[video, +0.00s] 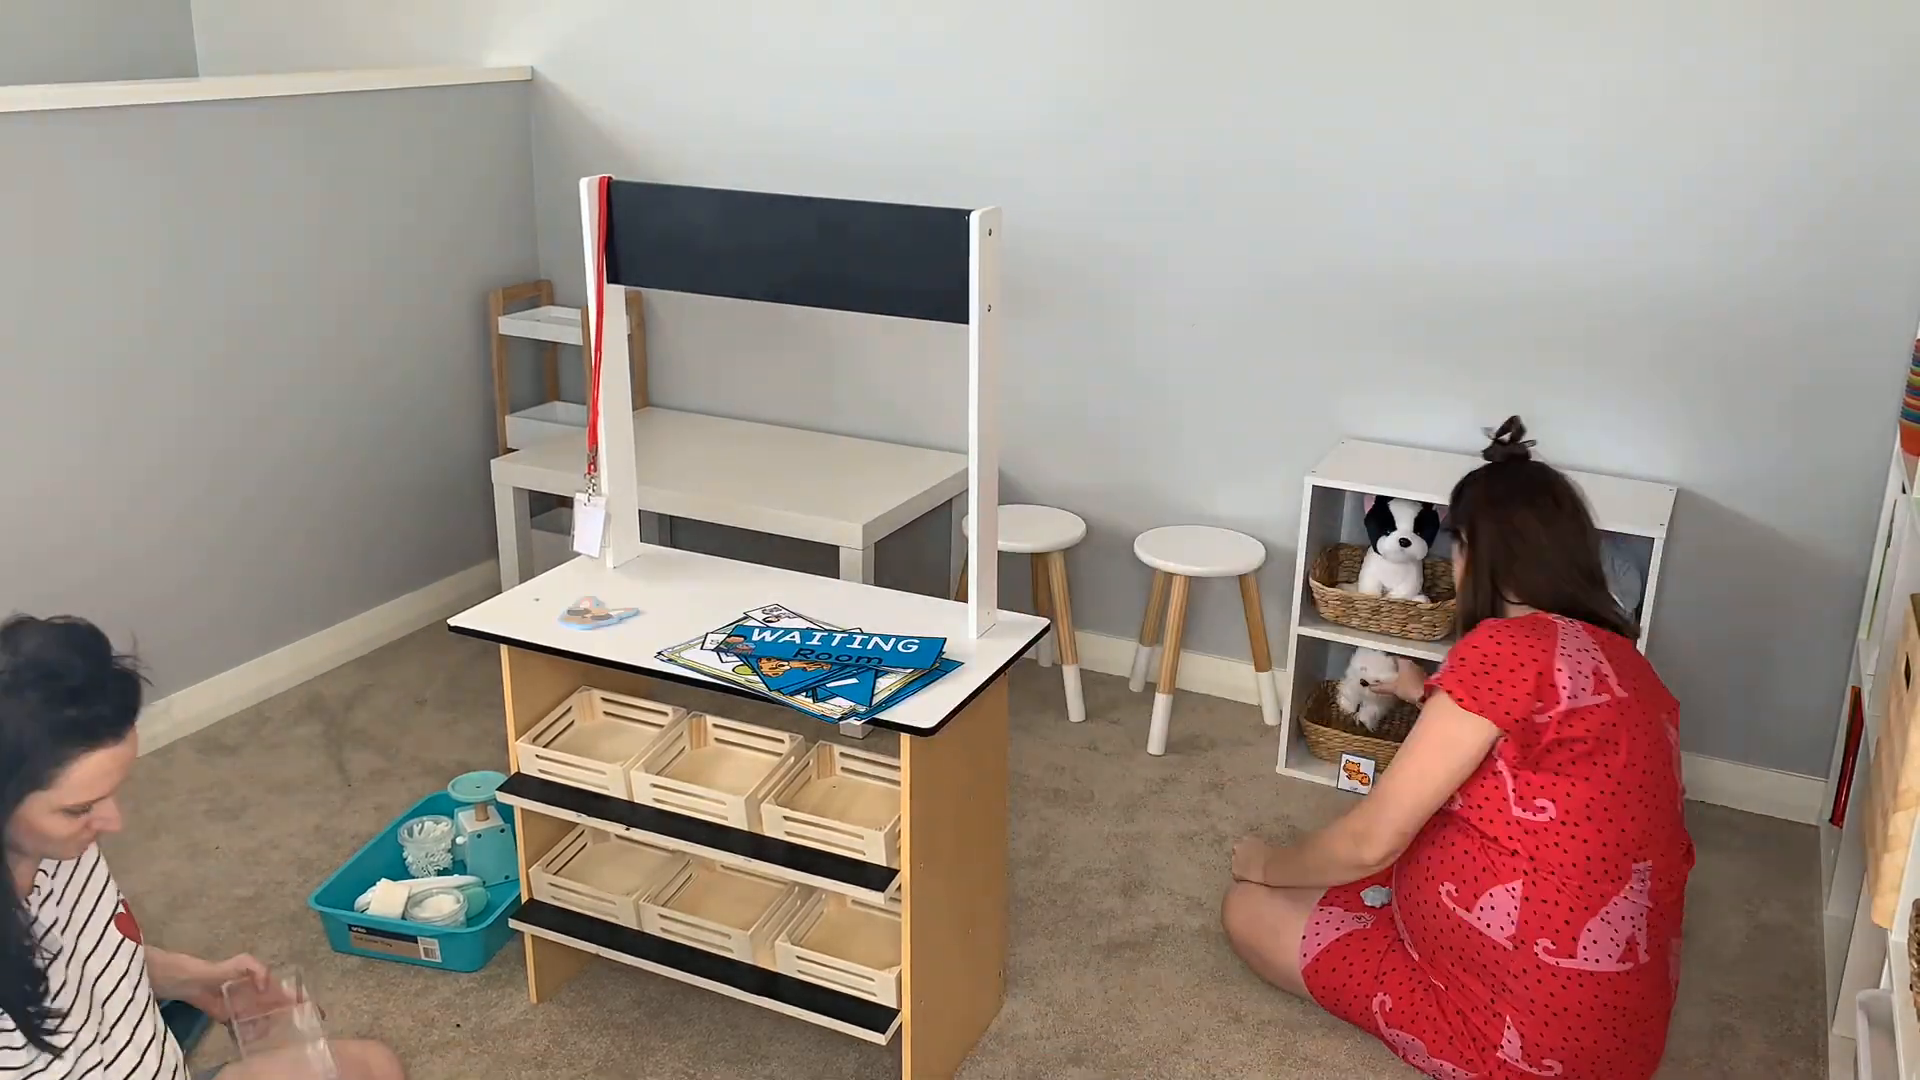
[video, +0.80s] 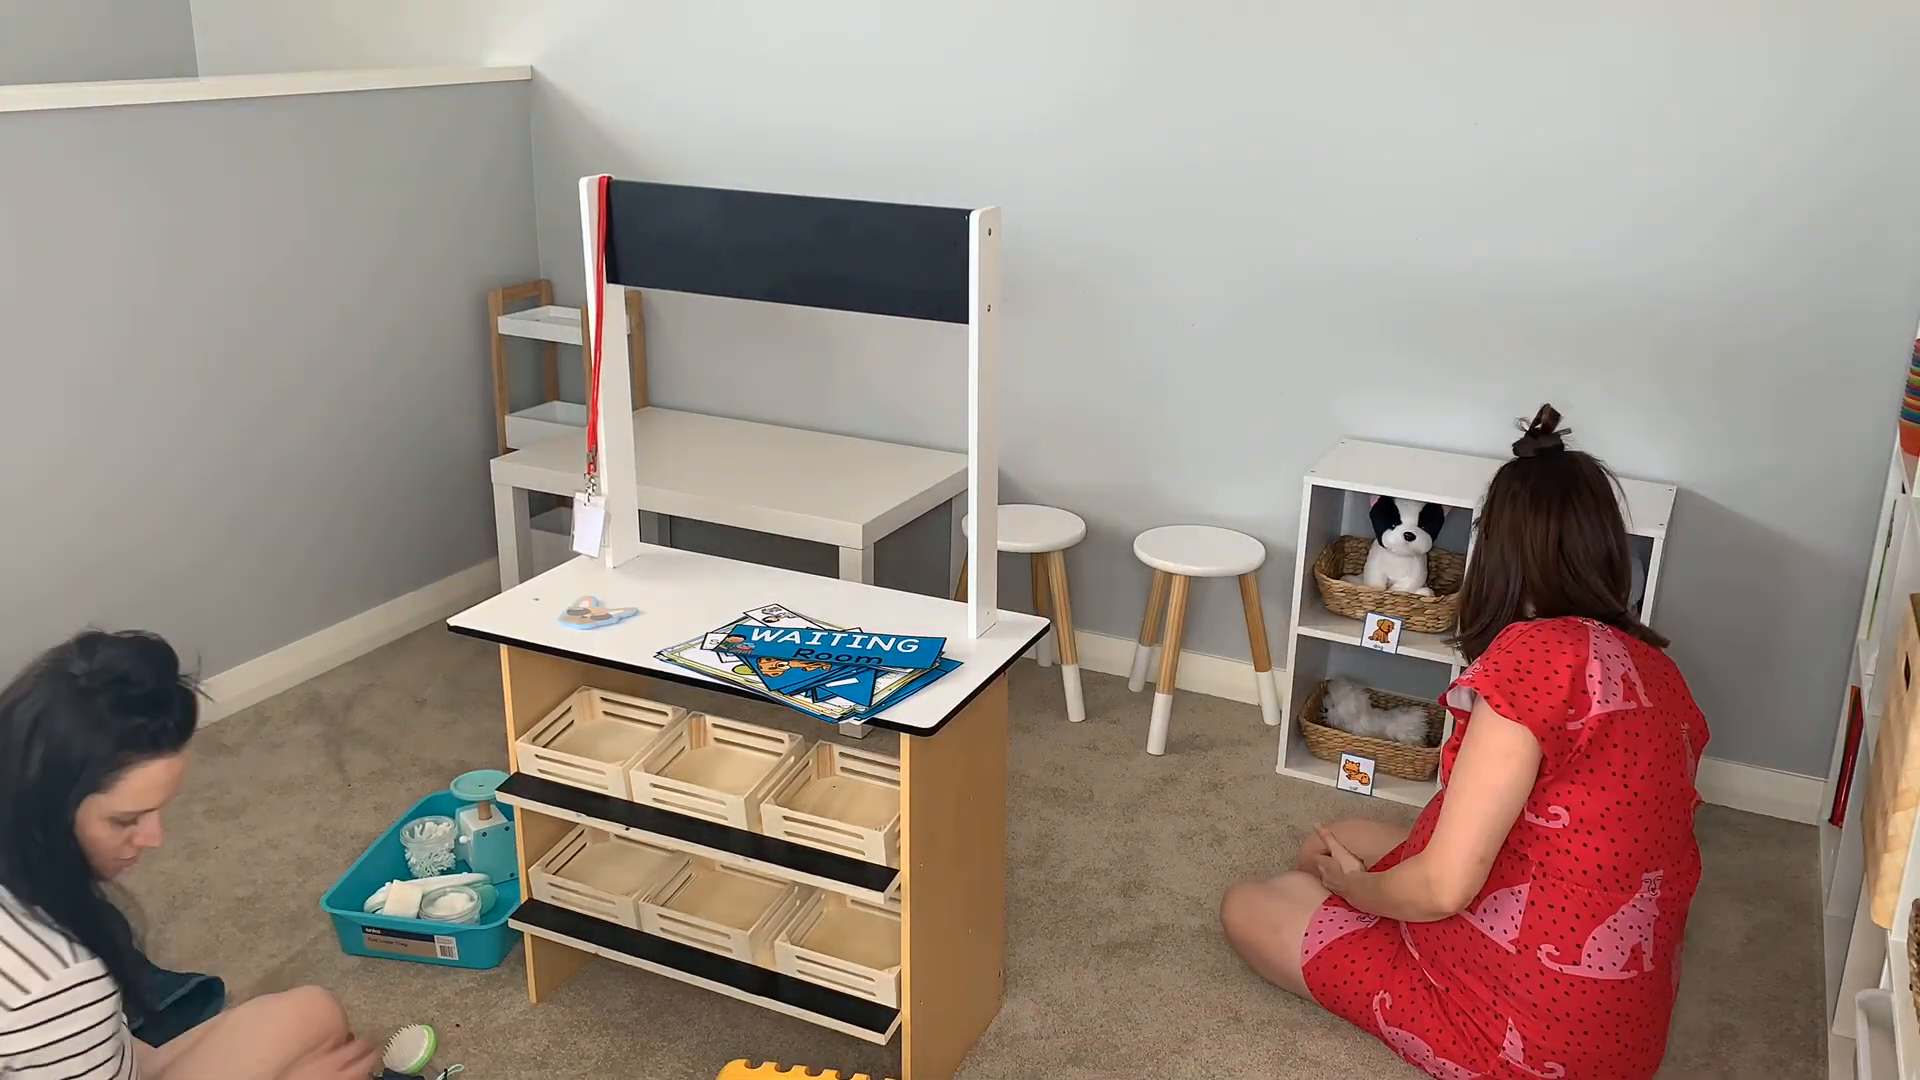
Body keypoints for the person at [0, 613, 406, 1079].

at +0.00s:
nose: (113, 822)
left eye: (114, 791)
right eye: (79, 809)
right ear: (3, 802)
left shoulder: (54, 841)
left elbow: (88, 949)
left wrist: (199, 982)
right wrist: (261, 1068)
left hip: (160, 1059)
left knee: (375, 1062)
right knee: (372, 1063)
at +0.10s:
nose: (14, 716)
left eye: (7, 691)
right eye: (4, 697)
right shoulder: (24, 895)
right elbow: (214, 1039)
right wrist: (379, 1068)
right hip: (82, 1070)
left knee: (250, 933)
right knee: (248, 934)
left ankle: (304, 939)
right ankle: (313, 935)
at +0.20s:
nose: (101, 781)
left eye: (97, 753)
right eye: (71, 772)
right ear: (2, 775)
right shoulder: (22, 951)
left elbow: (68, 931)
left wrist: (232, 953)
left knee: (142, 998)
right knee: (279, 995)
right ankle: (315, 919)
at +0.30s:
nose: (164, 795)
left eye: (163, 770)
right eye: (138, 786)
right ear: (52, 784)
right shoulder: (71, 933)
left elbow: (110, 950)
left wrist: (248, 963)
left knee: (149, 1013)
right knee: (280, 1004)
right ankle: (316, 916)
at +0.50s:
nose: (204, 800)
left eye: (206, 774)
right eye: (184, 783)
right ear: (104, 777)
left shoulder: (17, 836)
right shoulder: (101, 959)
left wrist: (160, 951)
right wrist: (327, 1076)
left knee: (312, 1009)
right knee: (310, 1009)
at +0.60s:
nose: (227, 822)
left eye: (227, 804)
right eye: (210, 817)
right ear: (133, 814)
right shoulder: (89, 993)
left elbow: (181, 945)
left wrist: (330, 1055)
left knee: (317, 1010)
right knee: (317, 1008)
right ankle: (156, 1056)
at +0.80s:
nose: (154, 840)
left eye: (159, 810)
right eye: (126, 821)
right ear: (47, 807)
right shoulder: (54, 985)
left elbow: (136, 1066)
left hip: (125, 1063)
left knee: (358, 1060)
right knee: (311, 1012)